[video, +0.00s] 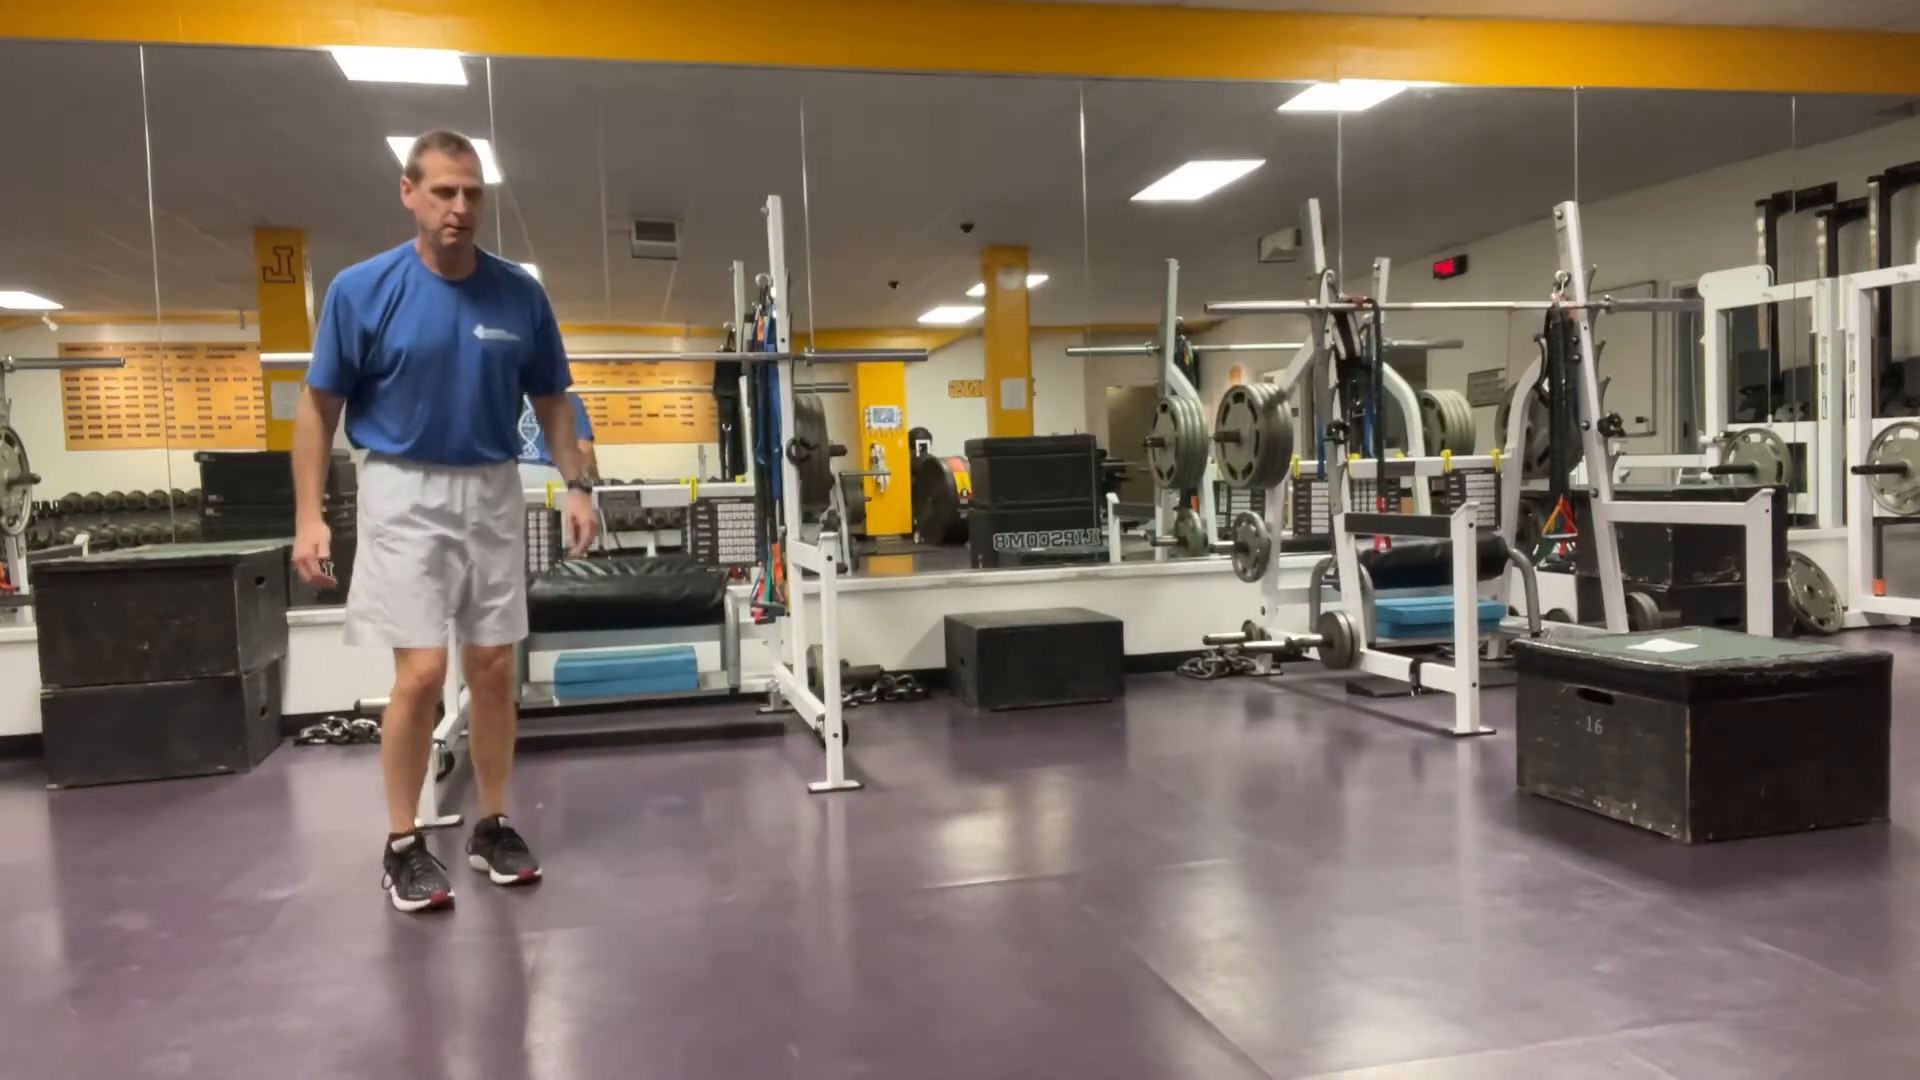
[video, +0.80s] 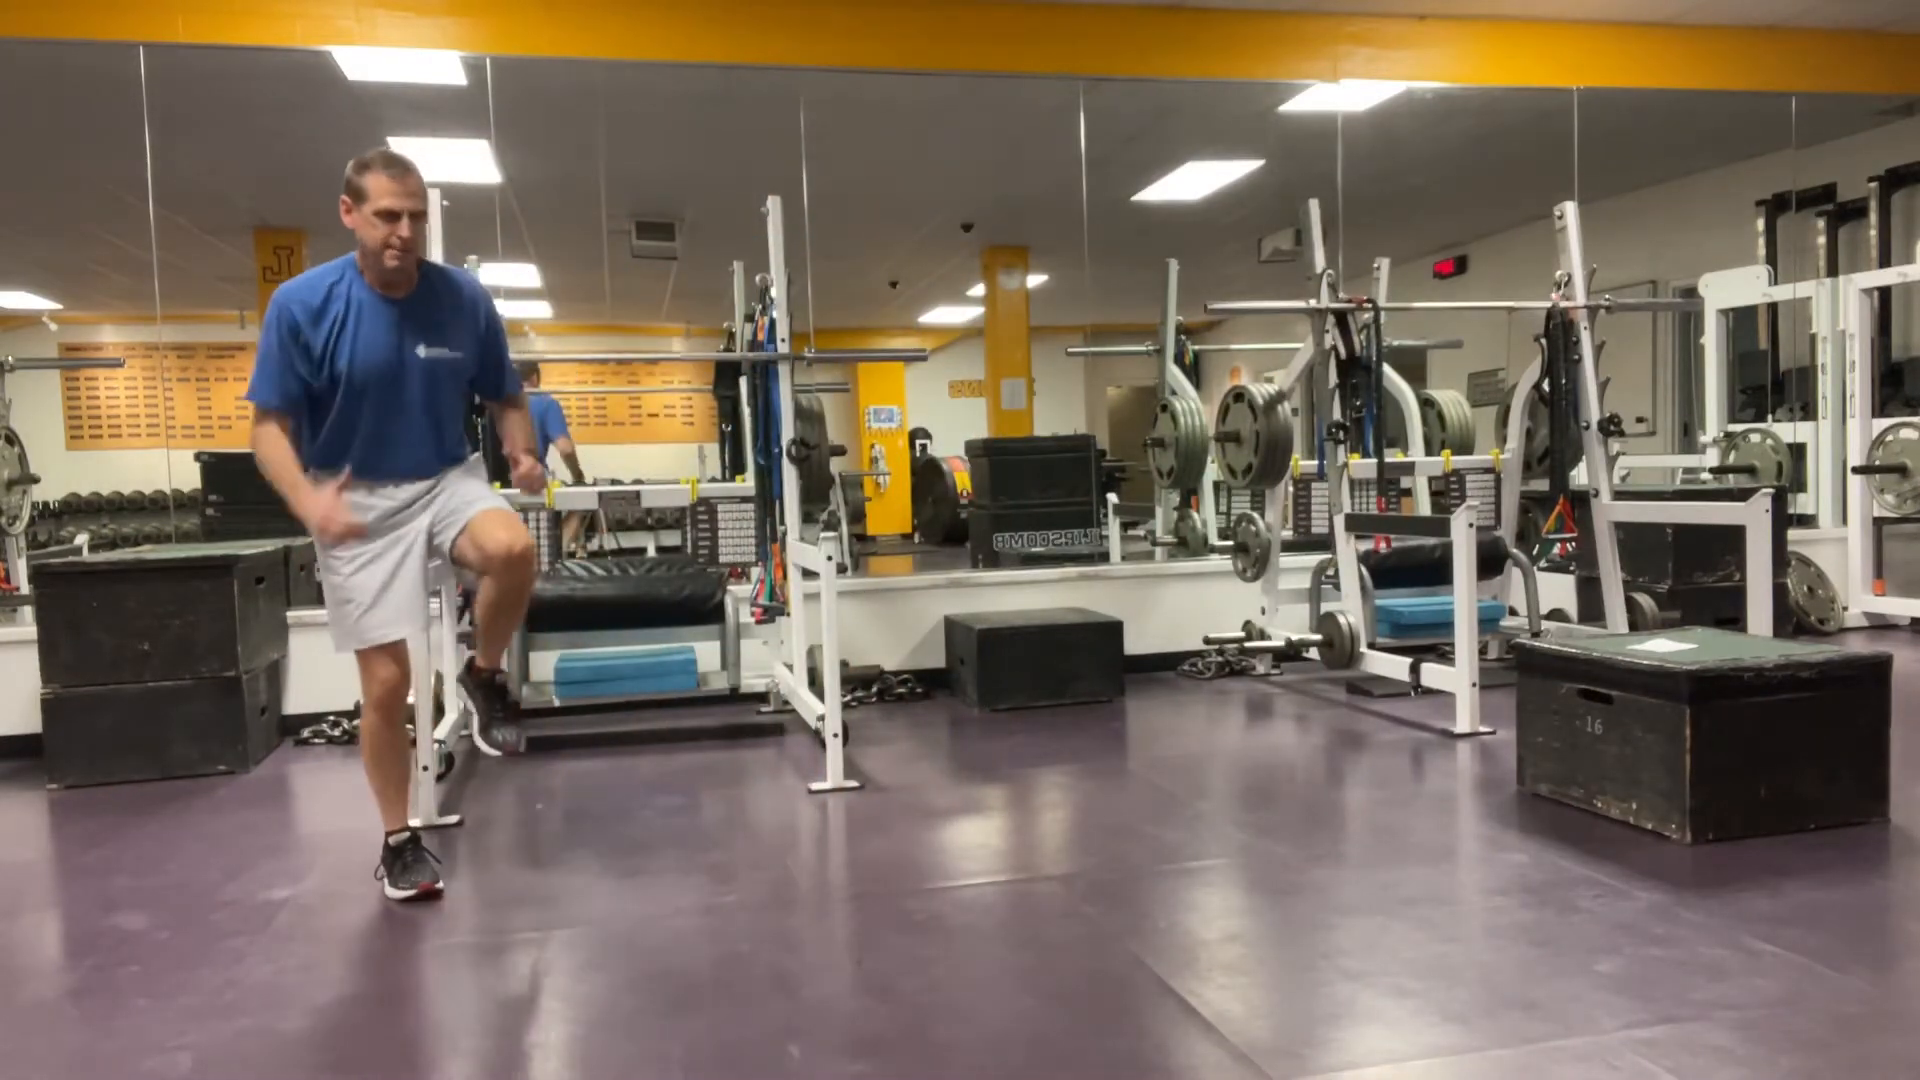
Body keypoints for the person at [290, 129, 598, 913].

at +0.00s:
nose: (460, 207)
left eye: (471, 193)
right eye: (444, 193)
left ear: (483, 199)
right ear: (409, 195)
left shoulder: (519, 295)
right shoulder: (358, 292)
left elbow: (553, 398)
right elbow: (317, 407)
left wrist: (579, 483)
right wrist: (309, 518)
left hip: (492, 494)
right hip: (402, 494)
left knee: (493, 667)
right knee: (422, 674)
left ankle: (496, 825)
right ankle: (404, 842)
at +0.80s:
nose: (403, 232)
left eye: (414, 216)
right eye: (387, 217)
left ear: (428, 218)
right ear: (350, 216)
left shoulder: (464, 299)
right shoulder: (301, 305)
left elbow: (506, 398)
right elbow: (269, 426)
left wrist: (521, 453)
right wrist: (308, 500)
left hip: (449, 485)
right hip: (356, 503)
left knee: (512, 549)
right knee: (387, 685)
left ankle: (485, 674)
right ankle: (400, 839)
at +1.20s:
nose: (440, 306)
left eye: (451, 290)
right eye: (421, 291)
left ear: (464, 289)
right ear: (381, 290)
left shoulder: (503, 360)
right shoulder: (331, 364)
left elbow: (516, 416)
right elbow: (263, 410)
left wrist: (502, 492)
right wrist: (241, 486)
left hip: (455, 527)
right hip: (362, 535)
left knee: (490, 668)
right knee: (414, 698)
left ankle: (426, 707)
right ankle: (400, 841)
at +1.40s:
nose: (447, 263)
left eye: (455, 247)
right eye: (429, 248)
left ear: (469, 248)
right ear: (385, 250)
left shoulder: (498, 314)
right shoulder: (350, 334)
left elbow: (598, 357)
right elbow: (363, 418)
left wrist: (580, 295)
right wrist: (455, 324)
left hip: (483, 527)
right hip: (393, 549)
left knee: (569, 616)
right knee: (442, 730)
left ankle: (542, 761)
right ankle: (405, 837)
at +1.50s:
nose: (465, 186)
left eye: (474, 167)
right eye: (446, 173)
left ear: (492, 171)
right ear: (411, 180)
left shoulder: (515, 232)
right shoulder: (383, 250)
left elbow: (604, 160)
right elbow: (400, 205)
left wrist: (561, 58)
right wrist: (453, 72)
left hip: (518, 473)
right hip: (429, 497)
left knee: (639, 539)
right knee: (441, 705)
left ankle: (617, 687)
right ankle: (403, 822)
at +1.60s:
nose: (501, 109)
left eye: (514, 94)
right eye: (480, 93)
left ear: (528, 103)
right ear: (439, 107)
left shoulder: (554, 161)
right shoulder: (418, 181)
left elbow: (661, 103)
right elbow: (388, 121)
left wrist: (624, 13)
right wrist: (460, 8)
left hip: (553, 414)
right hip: (461, 438)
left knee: (701, 458)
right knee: (493, 664)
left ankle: (653, 606)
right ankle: (442, 783)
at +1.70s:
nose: (553, 80)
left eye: (566, 69)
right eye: (533, 68)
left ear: (581, 81)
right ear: (494, 82)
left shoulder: (609, 147)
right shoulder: (459, 147)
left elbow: (742, 135)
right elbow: (349, 143)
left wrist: (728, 66)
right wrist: (464, 77)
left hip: (586, 388)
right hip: (496, 420)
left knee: (744, 416)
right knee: (562, 638)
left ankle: (666, 552)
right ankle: (531, 815)